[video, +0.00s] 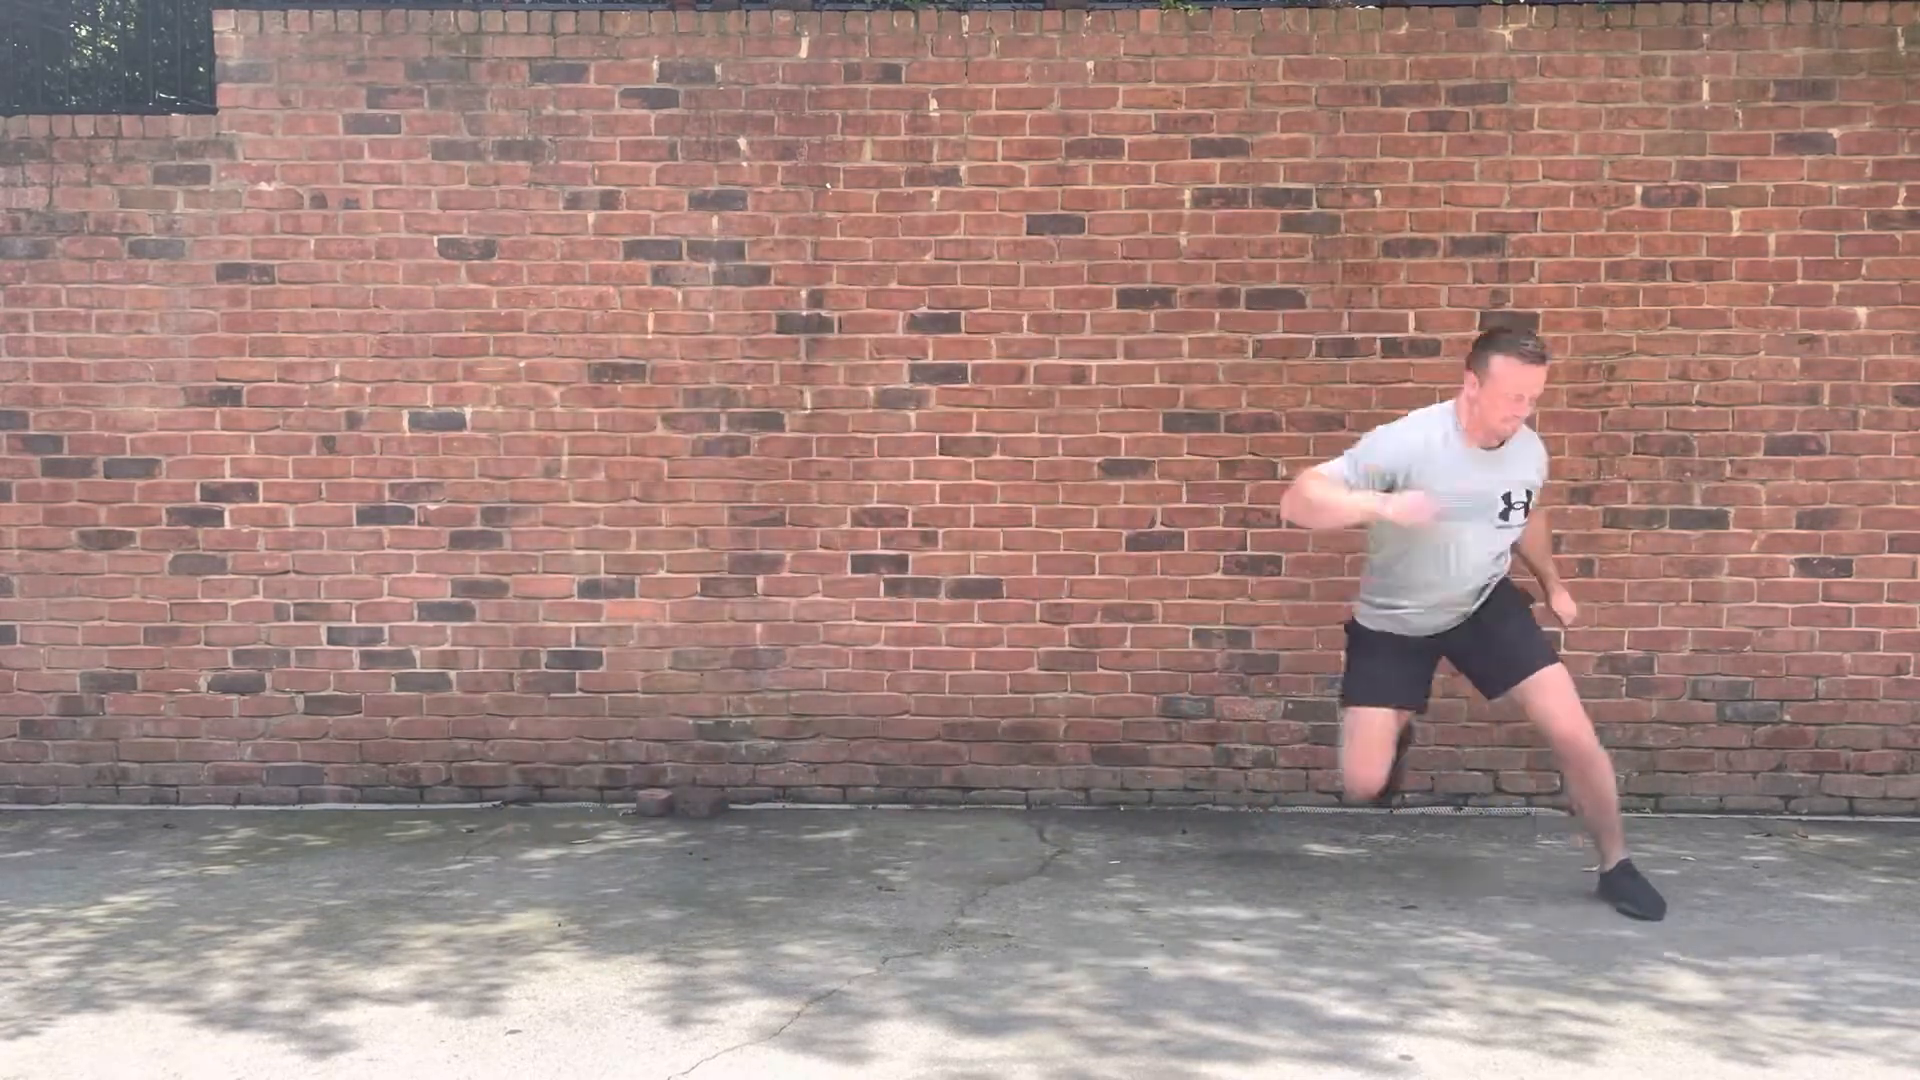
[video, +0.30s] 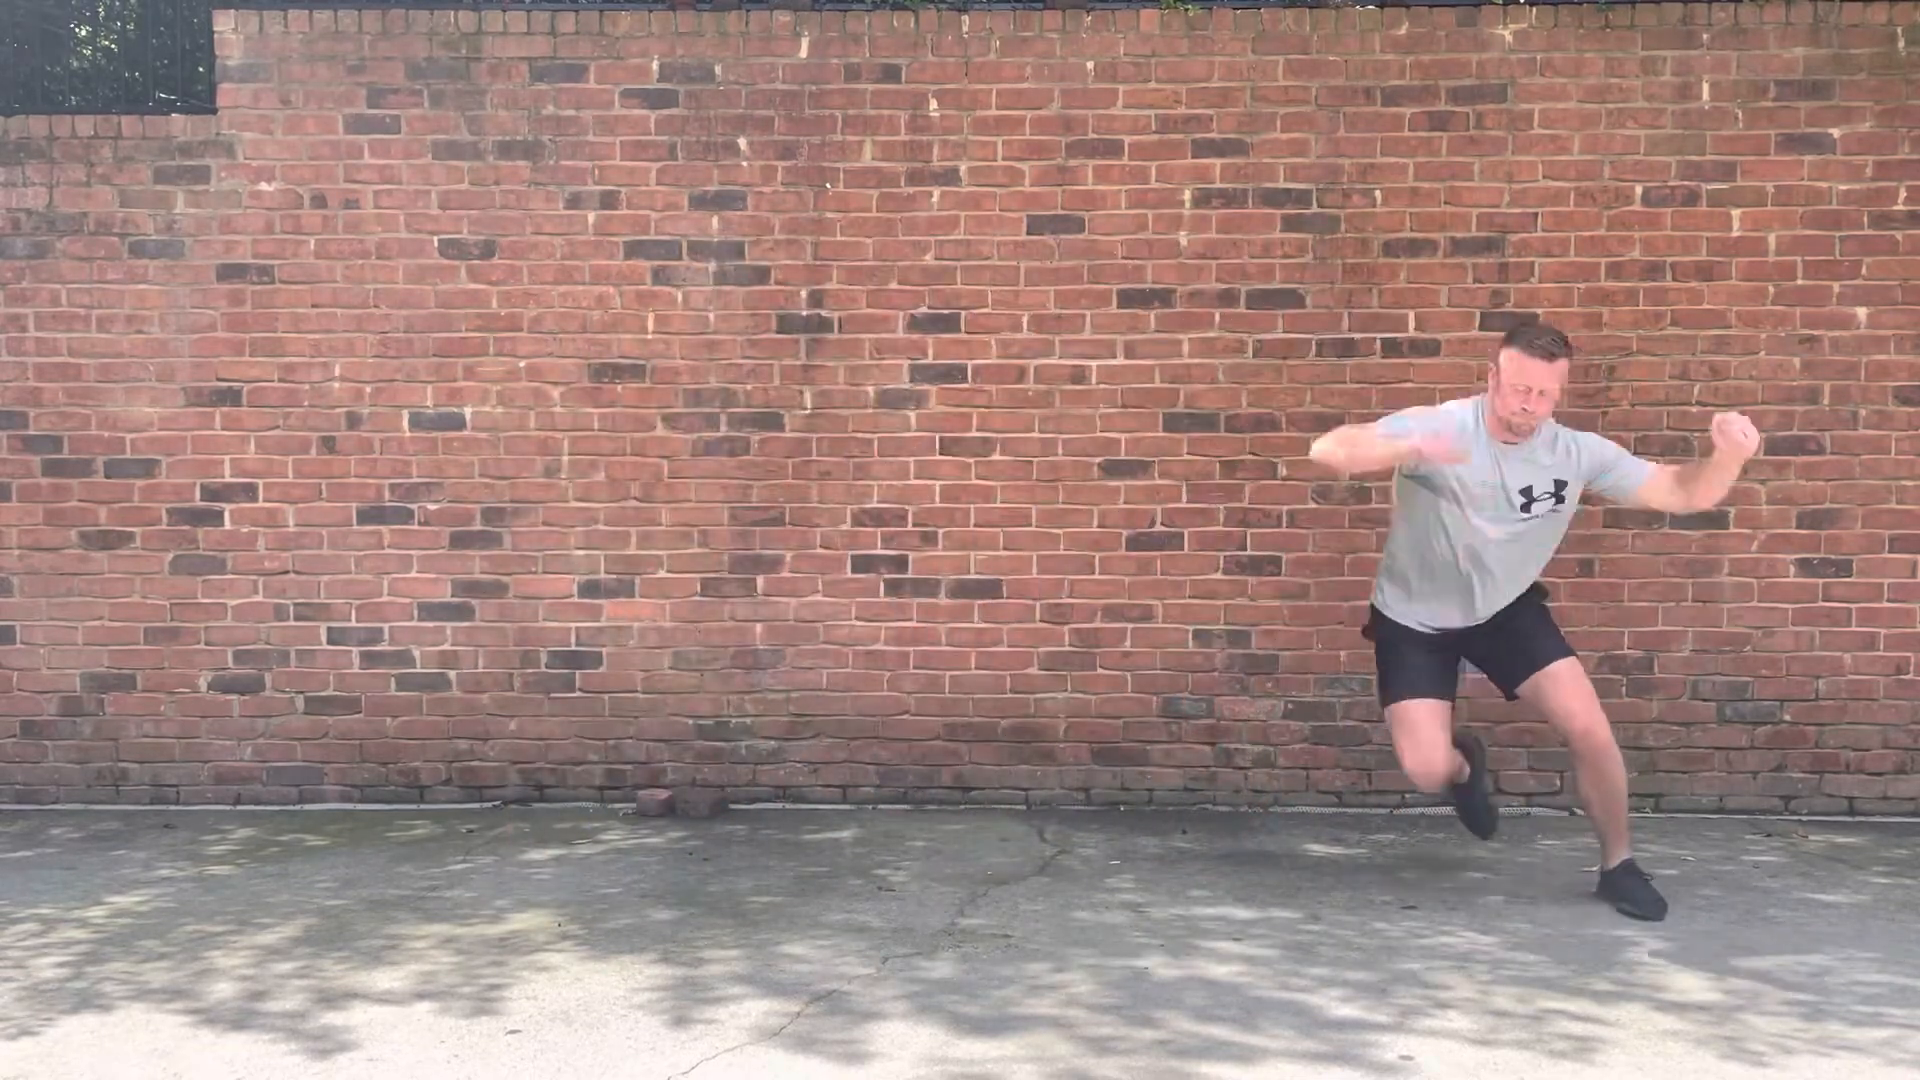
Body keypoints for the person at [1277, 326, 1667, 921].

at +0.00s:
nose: (1524, 413)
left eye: (1532, 399)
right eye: (1514, 397)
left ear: (1537, 393)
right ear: (1472, 383)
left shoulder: (1528, 453)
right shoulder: (1409, 441)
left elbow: (1521, 520)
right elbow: (1297, 501)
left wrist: (1552, 584)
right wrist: (1383, 506)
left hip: (1482, 604)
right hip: (1391, 618)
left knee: (1575, 735)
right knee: (1361, 784)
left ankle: (1615, 863)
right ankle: (1393, 729)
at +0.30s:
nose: (1527, 404)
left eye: (1541, 393)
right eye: (1517, 388)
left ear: (1558, 392)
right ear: (1493, 376)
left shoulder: (1577, 453)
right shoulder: (1438, 426)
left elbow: (1684, 491)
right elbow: (1326, 451)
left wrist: (1728, 459)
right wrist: (1405, 451)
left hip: (1506, 607)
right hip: (1412, 613)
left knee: (1588, 727)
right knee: (1425, 771)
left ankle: (1618, 864)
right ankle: (1463, 769)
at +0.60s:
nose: (1322, 285)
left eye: (1339, 272)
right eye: (1311, 267)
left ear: (1360, 267)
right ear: (1292, 253)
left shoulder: (1383, 337)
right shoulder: (1235, 315)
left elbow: (1426, 421)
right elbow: (1137, 347)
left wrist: (1445, 449)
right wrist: (1046, 398)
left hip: (1321, 519)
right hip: (1230, 512)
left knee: (1348, 669)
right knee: (1196, 663)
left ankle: (1307, 814)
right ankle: (1258, 676)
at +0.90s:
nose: (1080, 322)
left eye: (1095, 309)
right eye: (1071, 306)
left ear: (1123, 306)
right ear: (1058, 297)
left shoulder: (1150, 381)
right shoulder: (1021, 342)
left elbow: (1237, 472)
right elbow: (924, 356)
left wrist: (1181, 431)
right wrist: (949, 350)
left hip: (1097, 553)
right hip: (1005, 535)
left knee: (1144, 694)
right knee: (909, 638)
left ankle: (1198, 847)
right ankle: (978, 697)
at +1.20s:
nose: (750, 322)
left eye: (763, 307)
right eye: (739, 310)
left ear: (794, 297)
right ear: (728, 305)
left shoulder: (843, 354)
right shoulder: (707, 351)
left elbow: (941, 398)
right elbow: (654, 383)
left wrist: (896, 438)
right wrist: (595, 424)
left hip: (832, 541)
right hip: (734, 539)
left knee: (906, 689)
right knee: (650, 668)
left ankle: (898, 742)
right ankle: (564, 808)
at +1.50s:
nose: (540, 460)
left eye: (550, 443)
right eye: (527, 449)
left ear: (581, 429)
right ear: (517, 450)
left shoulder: (634, 473)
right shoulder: (528, 514)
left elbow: (725, 543)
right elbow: (480, 597)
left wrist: (625, 568)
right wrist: (420, 662)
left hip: (678, 638)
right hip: (595, 633)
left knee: (608, 786)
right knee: (519, 733)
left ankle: (591, 790)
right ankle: (528, 858)